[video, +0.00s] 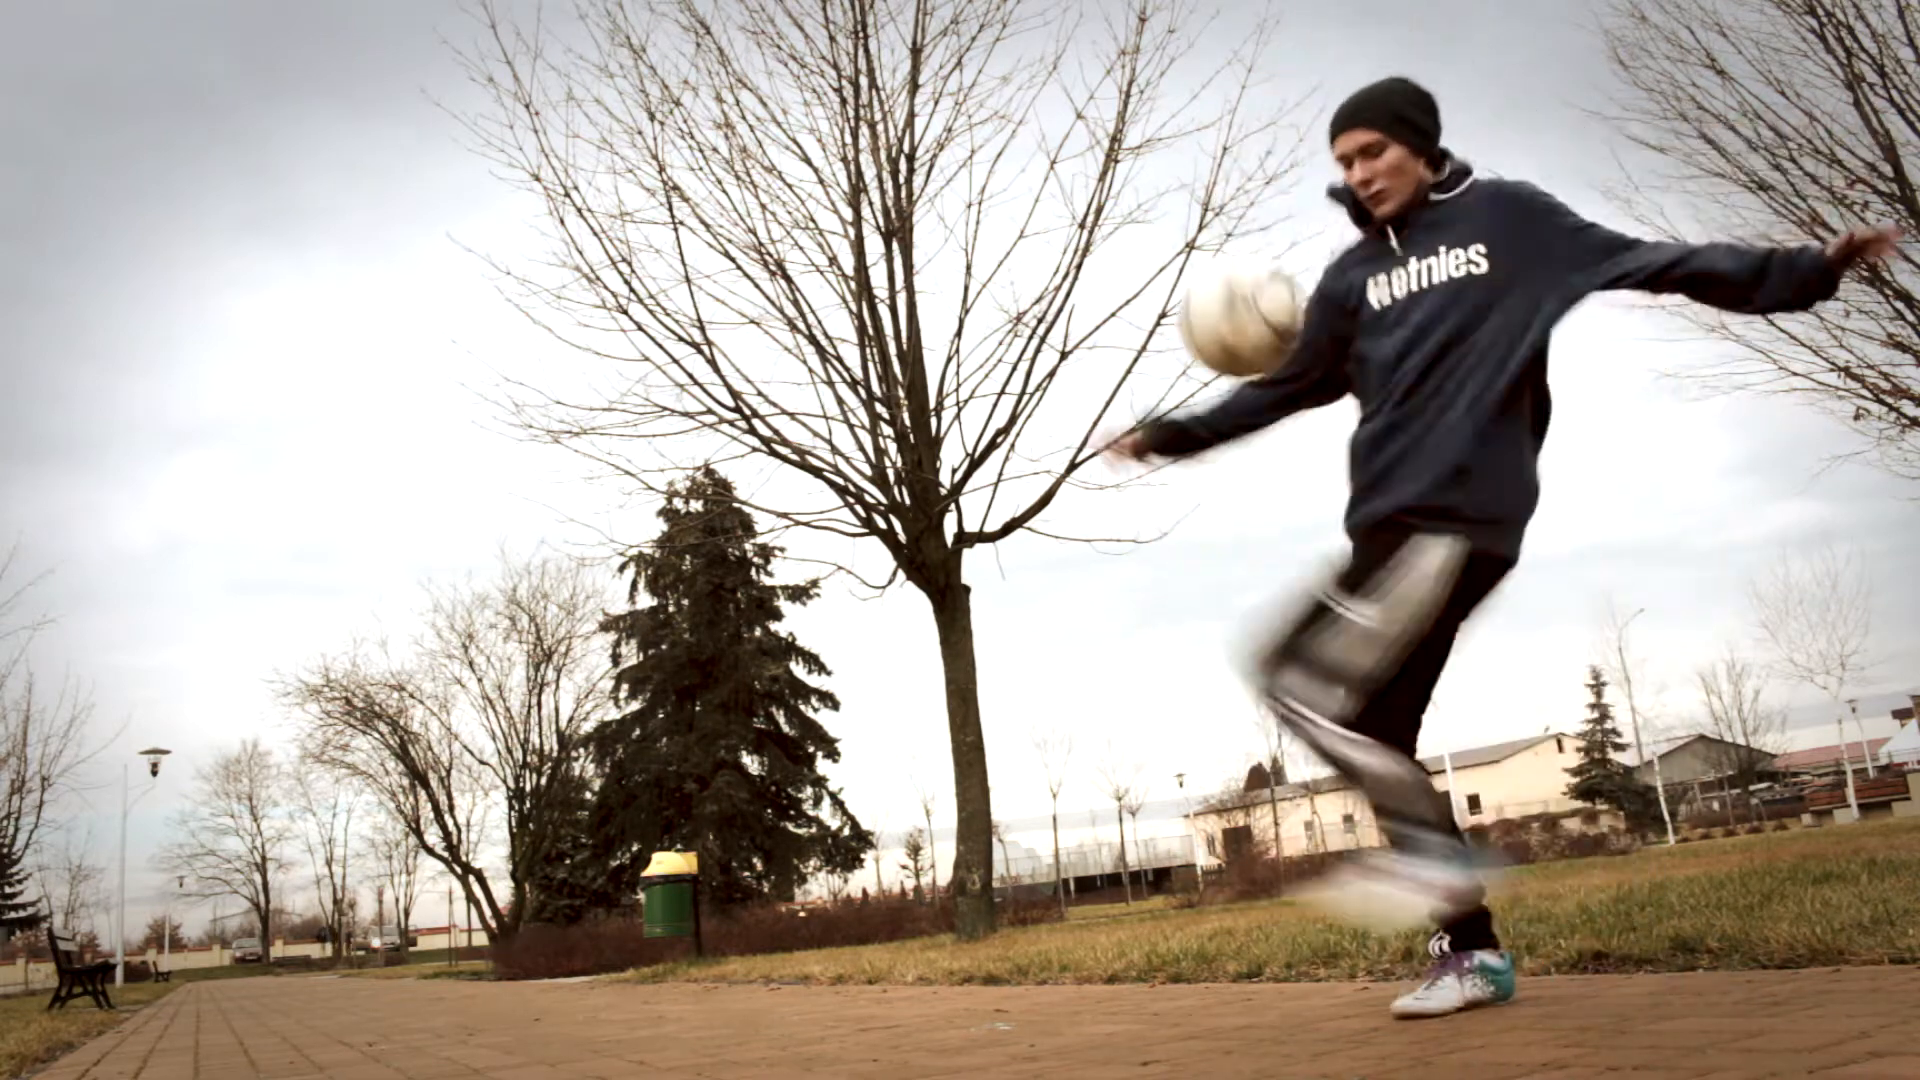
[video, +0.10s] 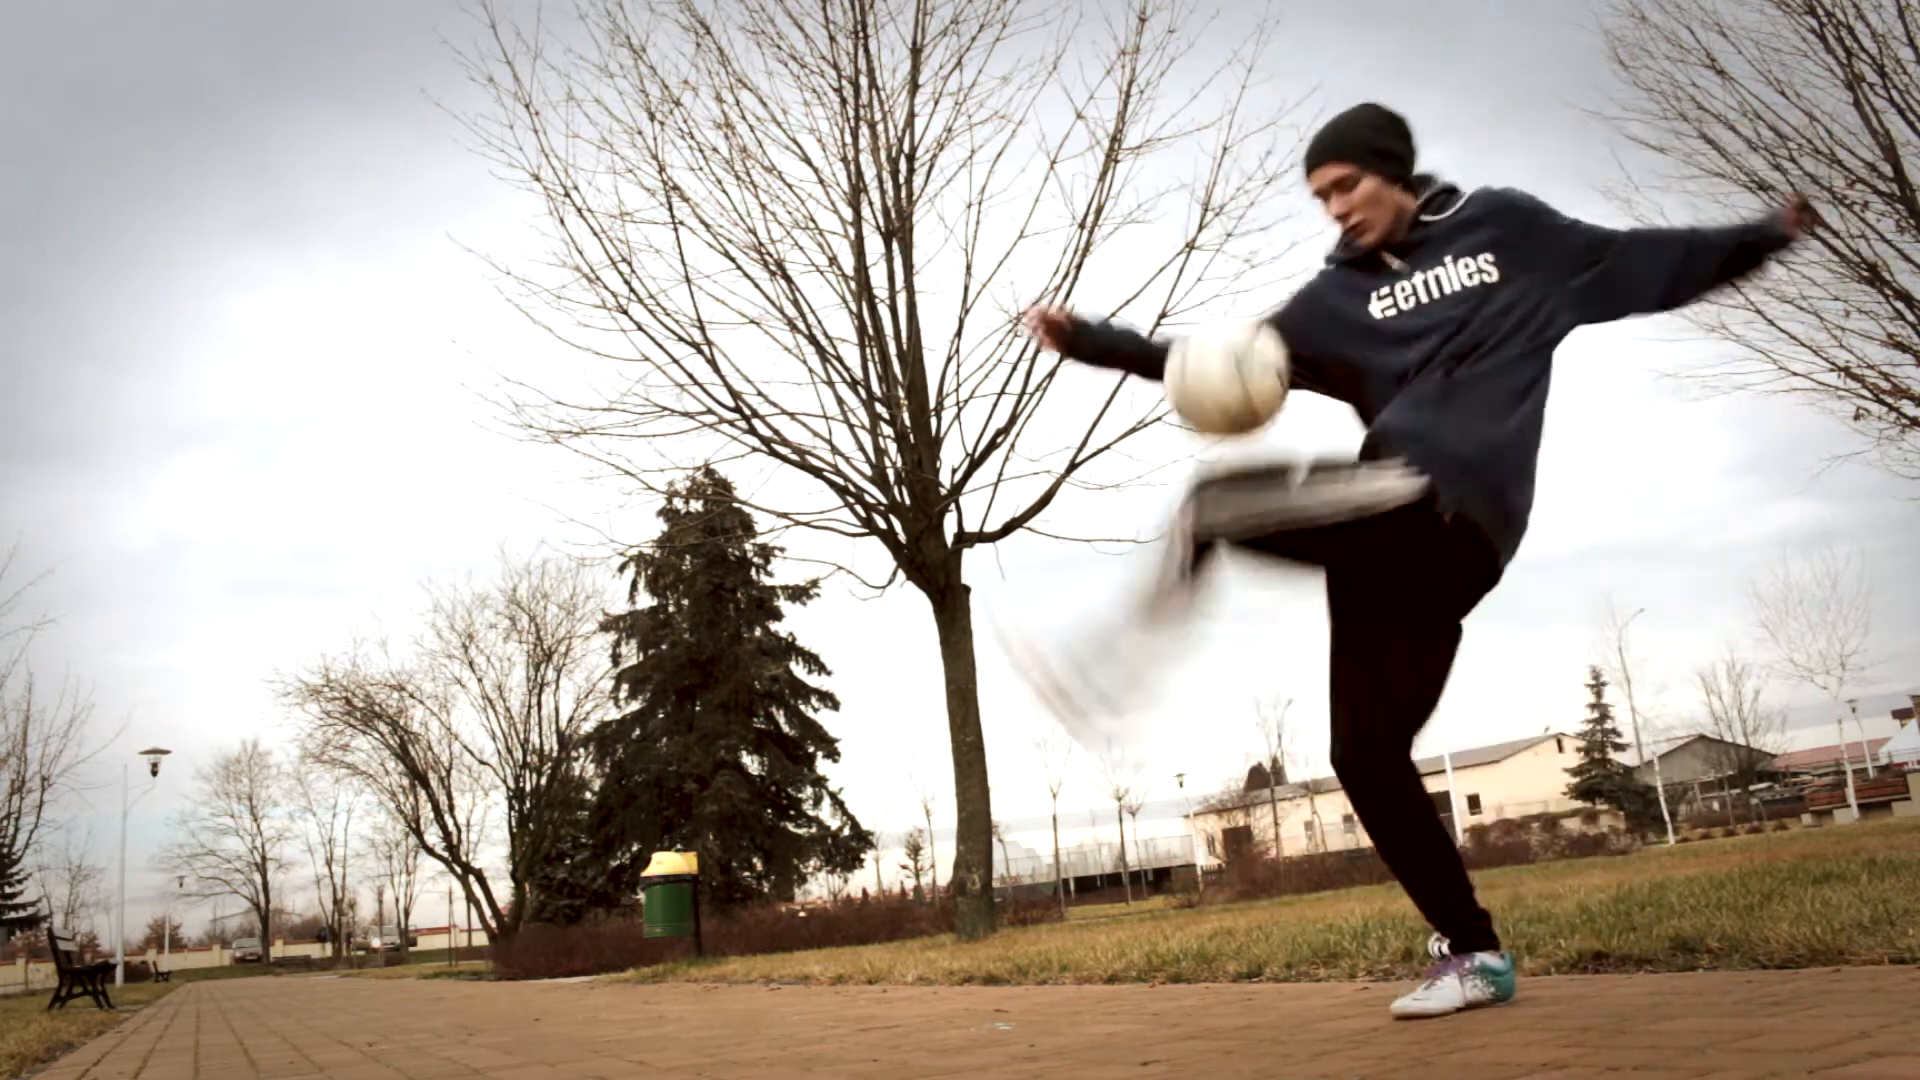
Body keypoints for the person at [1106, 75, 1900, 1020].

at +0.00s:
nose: (1357, 176)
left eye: (1371, 155)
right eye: (1345, 164)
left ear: (1424, 145)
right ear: (1342, 174)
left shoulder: (1504, 211)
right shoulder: (1351, 277)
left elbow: (1657, 260)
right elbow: (1292, 381)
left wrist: (1813, 266)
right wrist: (1171, 435)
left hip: (1464, 505)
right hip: (1386, 518)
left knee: (1302, 676)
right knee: (1379, 737)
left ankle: (1429, 855)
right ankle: (1472, 950)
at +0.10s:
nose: (1335, 211)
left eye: (1344, 188)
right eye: (1323, 199)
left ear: (1398, 166)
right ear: (1331, 205)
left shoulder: (1504, 226)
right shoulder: (1339, 296)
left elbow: (1634, 262)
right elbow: (1223, 366)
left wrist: (1764, 234)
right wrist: (1091, 342)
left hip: (1454, 494)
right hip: (1401, 519)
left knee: (1211, 506)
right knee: (1367, 754)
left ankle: (1112, 676)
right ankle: (1476, 958)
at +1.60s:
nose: (1319, 87)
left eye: (1330, 69)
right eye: (1296, 75)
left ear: (1348, 76)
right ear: (1261, 88)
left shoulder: (1374, 146)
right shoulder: (1254, 154)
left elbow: (1401, 212)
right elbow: (1235, 246)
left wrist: (1508, 229)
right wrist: (1305, 134)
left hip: (1418, 390)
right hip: (1330, 420)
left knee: (1523, 354)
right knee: (1329, 635)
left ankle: (1440, 562)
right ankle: (1335, 858)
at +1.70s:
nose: (1348, 79)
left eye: (1357, 63)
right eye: (1328, 66)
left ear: (1372, 67)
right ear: (1290, 75)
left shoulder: (1399, 149)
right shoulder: (1270, 148)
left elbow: (1463, 204)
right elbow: (1230, 197)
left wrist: (1593, 214)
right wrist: (1172, 204)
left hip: (1440, 364)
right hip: (1342, 377)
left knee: (1471, 572)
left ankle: (1550, 756)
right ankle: (1542, 745)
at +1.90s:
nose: (1399, 169)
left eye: (1417, 152)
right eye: (1380, 151)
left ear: (1439, 161)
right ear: (1346, 158)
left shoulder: (1488, 267)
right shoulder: (1288, 263)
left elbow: (1605, 346)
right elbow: (1219, 369)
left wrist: (1757, 393)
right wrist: (1127, 464)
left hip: (1462, 527)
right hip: (1344, 532)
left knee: (1551, 732)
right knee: (1565, 506)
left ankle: (1568, 944)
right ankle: (1737, 634)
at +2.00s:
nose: (1388, 136)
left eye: (1406, 118)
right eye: (1371, 120)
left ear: (1437, 125)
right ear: (1348, 129)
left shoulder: (1484, 241)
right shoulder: (1297, 230)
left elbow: (1550, 362)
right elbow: (1224, 351)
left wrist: (1670, 433)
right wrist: (1148, 455)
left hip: (1457, 497)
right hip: (1346, 497)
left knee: (1533, 694)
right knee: (1487, 664)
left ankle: (1565, 937)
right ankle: (1586, 900)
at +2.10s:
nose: (1359, 105)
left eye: (1377, 86)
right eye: (1344, 89)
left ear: (1420, 88)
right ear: (1330, 97)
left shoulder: (1483, 199)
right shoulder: (1297, 192)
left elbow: (1535, 330)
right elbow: (1242, 313)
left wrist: (1605, 417)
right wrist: (1154, 373)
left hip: (1446, 484)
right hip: (1324, 478)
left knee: (1488, 713)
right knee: (1356, 675)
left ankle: (1540, 935)